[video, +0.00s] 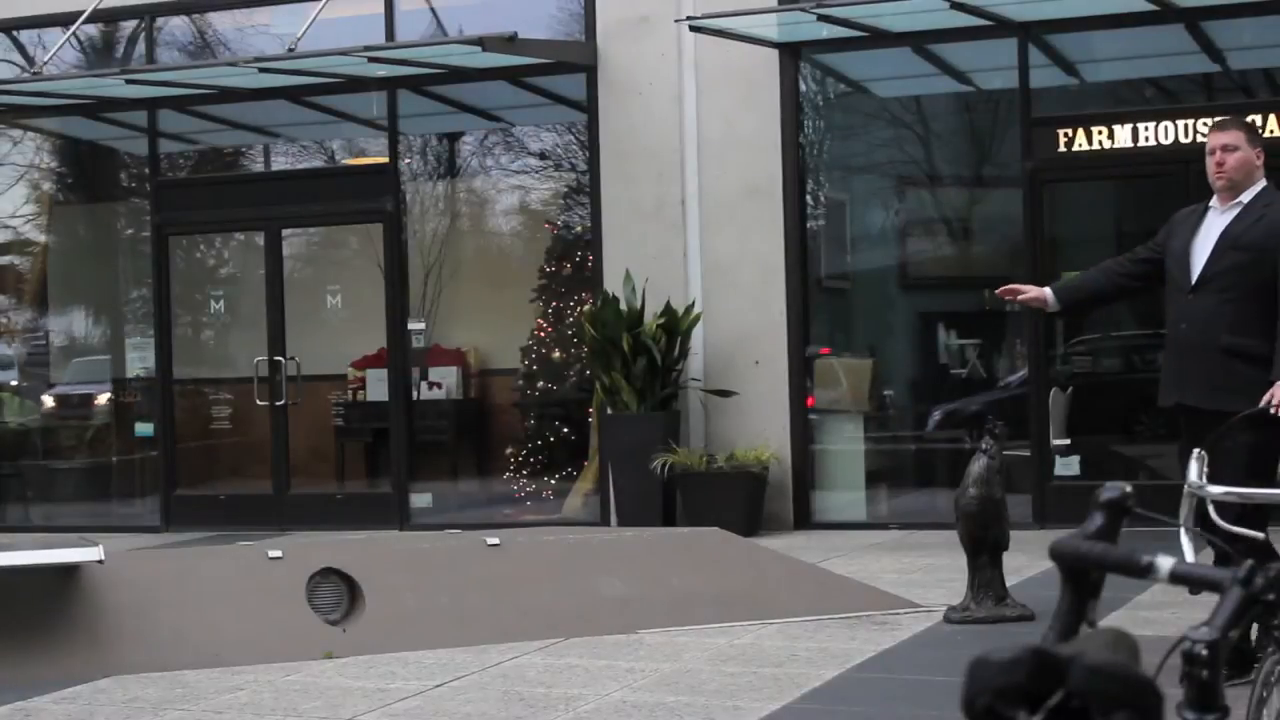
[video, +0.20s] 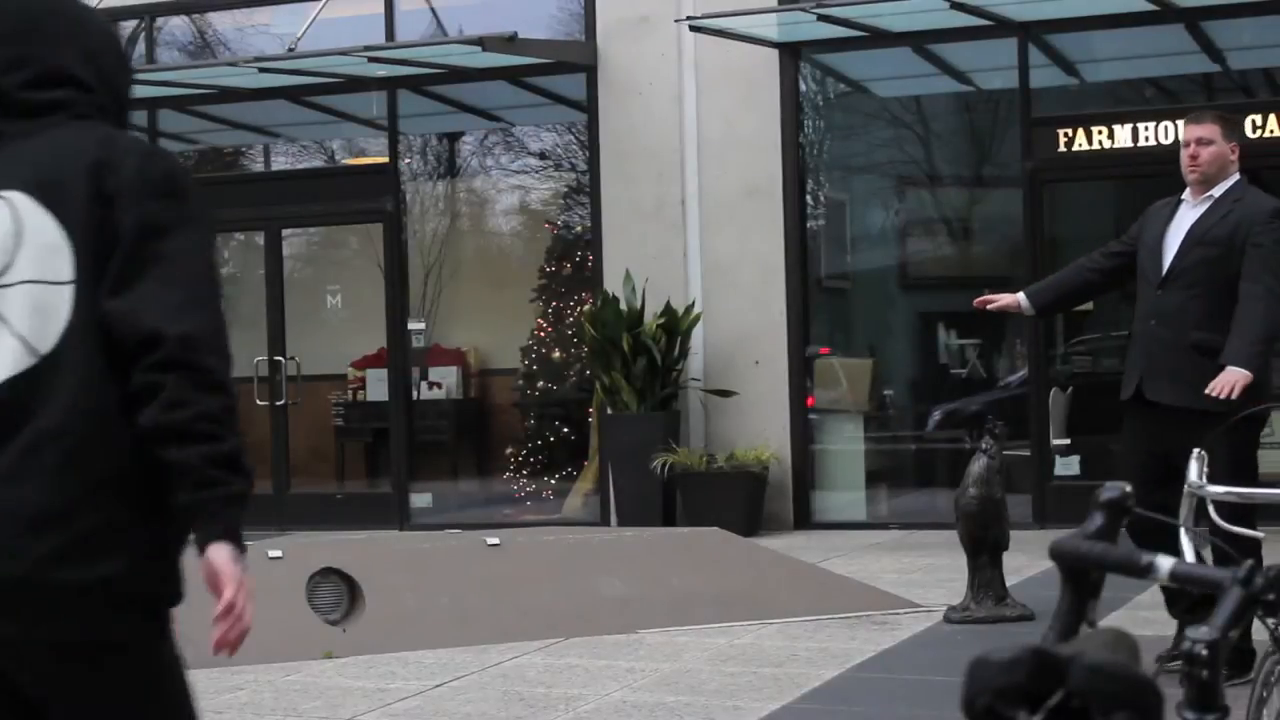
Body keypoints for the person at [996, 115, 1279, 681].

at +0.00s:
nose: (1218, 160)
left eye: (1229, 150)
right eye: (1212, 152)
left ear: (1258, 156)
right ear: (1205, 161)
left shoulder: (1273, 214)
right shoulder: (1187, 220)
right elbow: (1130, 269)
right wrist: (1054, 295)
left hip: (1251, 399)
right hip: (1192, 399)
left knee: (1244, 522)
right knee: (1214, 522)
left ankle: (1248, 635)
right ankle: (1242, 629)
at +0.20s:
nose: (1191, 153)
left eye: (1202, 144)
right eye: (1185, 145)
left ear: (1232, 152)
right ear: (1179, 154)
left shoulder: (1260, 213)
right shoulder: (1160, 214)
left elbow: (1260, 293)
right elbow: (1104, 265)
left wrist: (1242, 361)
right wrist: (1027, 299)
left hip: (1222, 395)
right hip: (1151, 396)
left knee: (1227, 521)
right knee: (1153, 520)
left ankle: (1236, 644)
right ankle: (1190, 633)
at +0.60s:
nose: (1103, 161)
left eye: (1114, 151)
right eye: (1097, 154)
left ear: (1145, 155)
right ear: (1092, 164)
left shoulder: (1185, 216)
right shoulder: (1073, 227)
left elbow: (1194, 295)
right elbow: (1014, 276)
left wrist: (1161, 354)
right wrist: (937, 311)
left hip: (1164, 402)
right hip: (1091, 406)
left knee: (1186, 518)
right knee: (1093, 528)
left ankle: (1227, 633)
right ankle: (1074, 636)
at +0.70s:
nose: (1071, 161)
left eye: (1082, 150)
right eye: (1065, 153)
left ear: (1114, 154)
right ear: (1061, 164)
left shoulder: (1162, 213)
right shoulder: (1045, 228)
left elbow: (1177, 292)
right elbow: (990, 281)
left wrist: (1157, 355)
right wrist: (914, 316)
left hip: (1147, 398)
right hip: (1067, 405)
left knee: (1176, 520)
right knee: (1076, 528)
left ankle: (1217, 630)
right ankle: (1075, 635)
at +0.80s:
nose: (1044, 162)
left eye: (1054, 151)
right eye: (1037, 155)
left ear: (1087, 154)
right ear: (1033, 166)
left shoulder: (1137, 210)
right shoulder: (1025, 231)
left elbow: (1162, 290)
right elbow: (967, 282)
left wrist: (1154, 358)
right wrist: (890, 321)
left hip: (1131, 395)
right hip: (1054, 403)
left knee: (1166, 517)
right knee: (1067, 525)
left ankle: (1211, 622)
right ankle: (1069, 638)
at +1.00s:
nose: (1001, 169)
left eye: (1010, 158)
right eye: (996, 161)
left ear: (1046, 156)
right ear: (995, 169)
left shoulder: (1103, 208)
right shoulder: (995, 236)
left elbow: (1135, 289)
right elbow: (938, 291)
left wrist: (1139, 359)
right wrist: (863, 331)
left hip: (1113, 395)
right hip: (1043, 409)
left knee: (1154, 514)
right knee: (1061, 528)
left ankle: (1201, 620)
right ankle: (1070, 642)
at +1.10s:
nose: (982, 173)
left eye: (991, 161)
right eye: (978, 165)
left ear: (1028, 159)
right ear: (982, 172)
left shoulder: (1091, 209)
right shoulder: (984, 238)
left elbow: (1125, 288)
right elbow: (929, 296)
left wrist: (1127, 359)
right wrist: (850, 334)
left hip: (1106, 396)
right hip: (1040, 411)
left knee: (1150, 514)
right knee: (1061, 531)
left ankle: (1199, 622)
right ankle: (1069, 647)